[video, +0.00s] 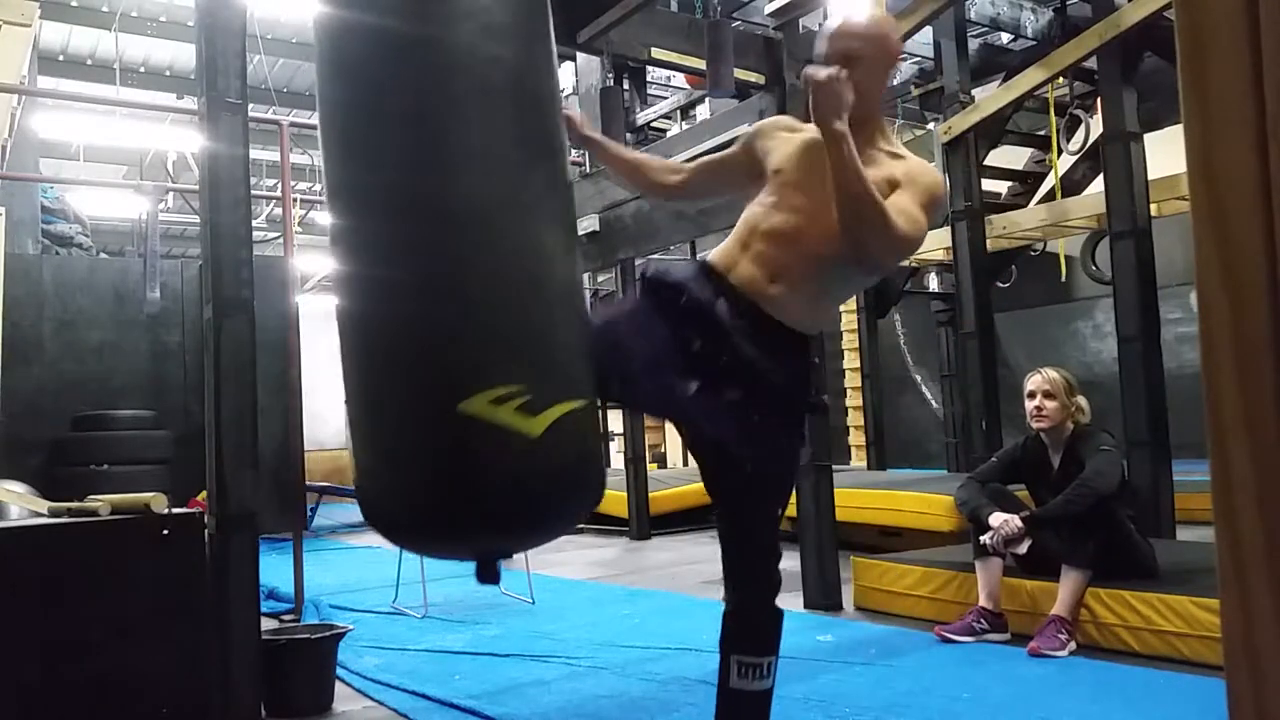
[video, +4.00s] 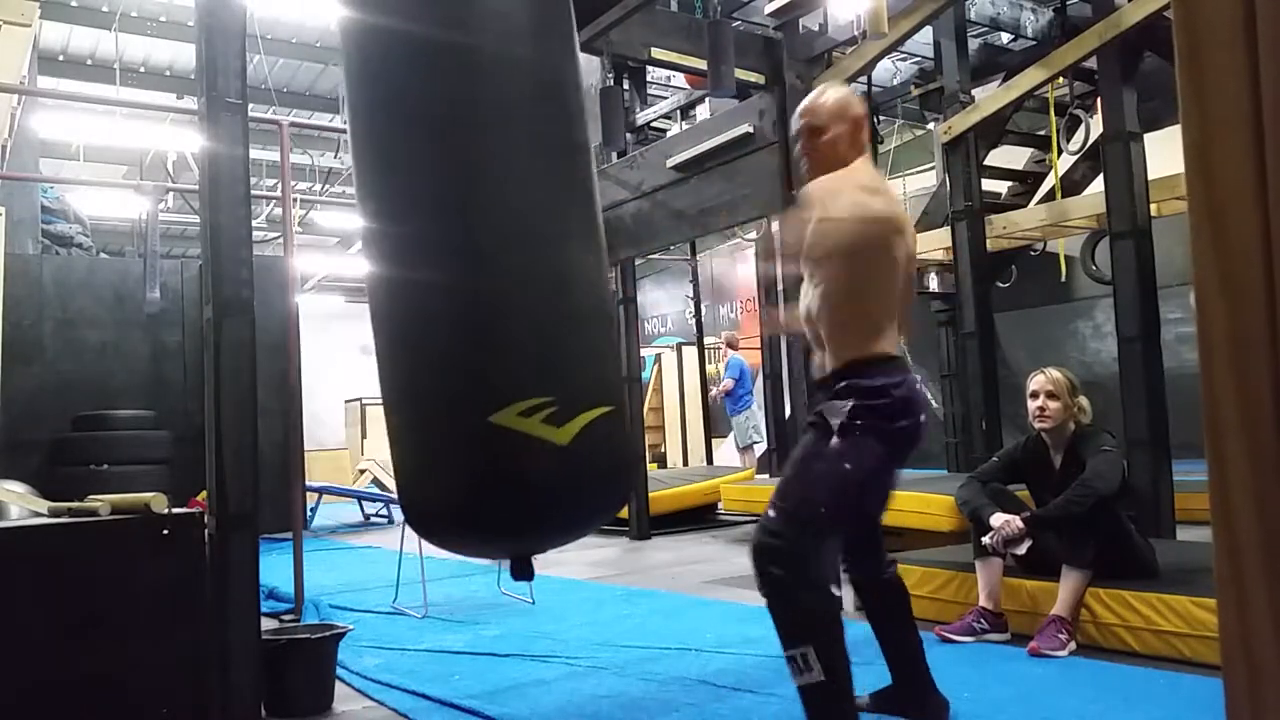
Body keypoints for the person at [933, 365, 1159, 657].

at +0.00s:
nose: (1038, 404)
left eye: (1049, 396)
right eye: (1031, 397)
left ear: (1070, 405)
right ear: (1024, 405)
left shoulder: (1097, 442)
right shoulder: (1027, 450)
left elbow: (1100, 483)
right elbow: (967, 488)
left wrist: (1027, 520)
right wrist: (991, 516)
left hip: (1118, 560)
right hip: (1058, 556)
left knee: (1089, 503)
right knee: (989, 495)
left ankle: (1061, 621)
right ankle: (989, 612)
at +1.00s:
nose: (1040, 404)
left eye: (1051, 396)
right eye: (1033, 397)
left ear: (1071, 405)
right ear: (1026, 406)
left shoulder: (1097, 441)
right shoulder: (1026, 449)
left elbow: (1100, 485)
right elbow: (967, 488)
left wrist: (1027, 522)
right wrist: (993, 517)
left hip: (1118, 560)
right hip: (1058, 557)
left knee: (1092, 505)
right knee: (989, 495)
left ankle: (1061, 621)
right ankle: (989, 612)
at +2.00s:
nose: (1040, 404)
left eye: (1051, 397)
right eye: (1033, 397)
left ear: (1071, 406)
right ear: (1026, 406)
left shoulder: (1098, 442)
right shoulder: (1027, 449)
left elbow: (1100, 486)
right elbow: (967, 488)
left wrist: (1027, 521)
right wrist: (992, 516)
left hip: (1118, 560)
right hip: (1057, 556)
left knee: (1091, 505)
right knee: (990, 495)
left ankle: (1061, 621)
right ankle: (989, 612)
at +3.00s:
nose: (1041, 404)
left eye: (1052, 396)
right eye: (1034, 396)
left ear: (1072, 406)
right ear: (1026, 405)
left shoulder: (1098, 443)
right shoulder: (1026, 449)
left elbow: (1100, 485)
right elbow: (968, 488)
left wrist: (1026, 522)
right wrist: (992, 516)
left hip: (1118, 559)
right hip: (1059, 556)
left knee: (1088, 505)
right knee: (988, 495)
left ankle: (1061, 621)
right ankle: (989, 612)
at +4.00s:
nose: (1041, 404)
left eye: (1052, 397)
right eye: (1034, 397)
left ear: (1072, 406)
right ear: (1026, 406)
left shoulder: (1097, 442)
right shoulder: (1027, 449)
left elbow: (1100, 485)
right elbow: (968, 488)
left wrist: (1027, 522)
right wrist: (992, 516)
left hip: (1117, 559)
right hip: (1059, 556)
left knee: (1087, 504)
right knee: (988, 495)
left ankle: (1061, 621)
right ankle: (989, 612)